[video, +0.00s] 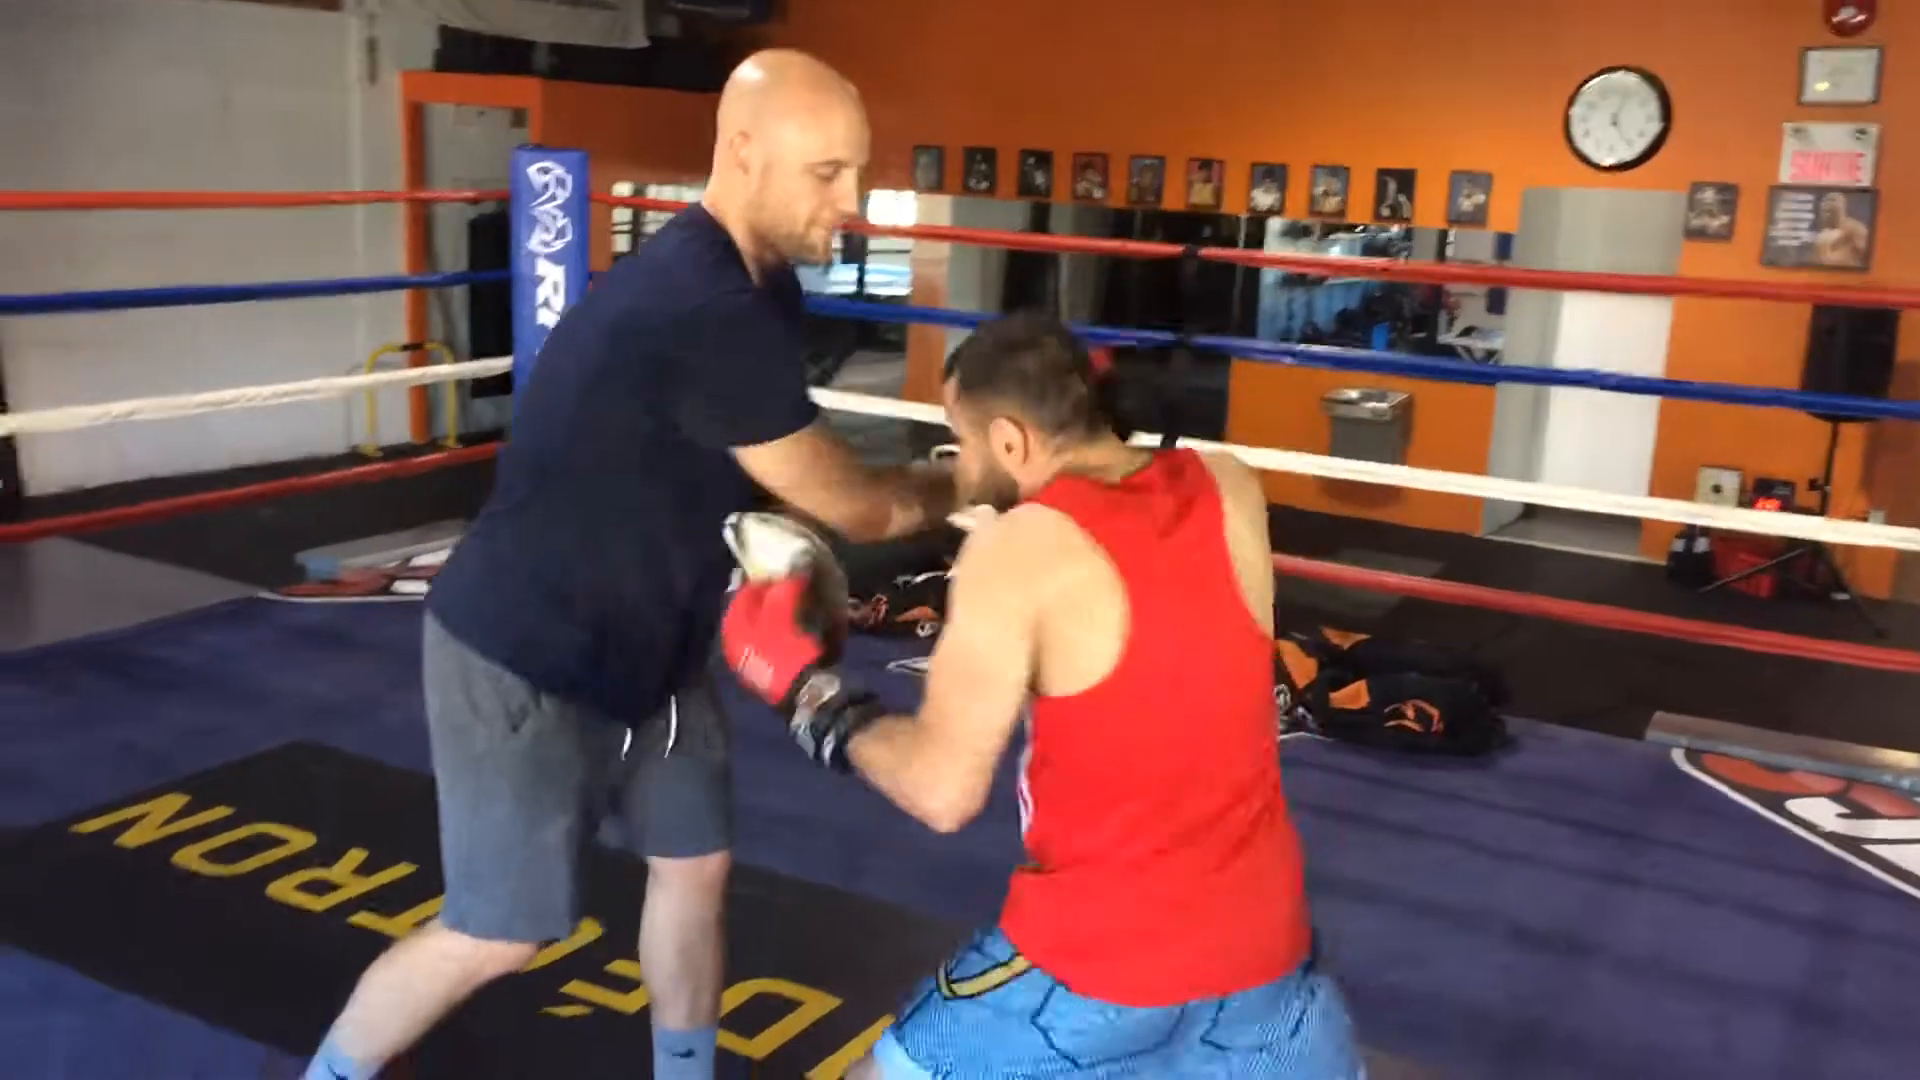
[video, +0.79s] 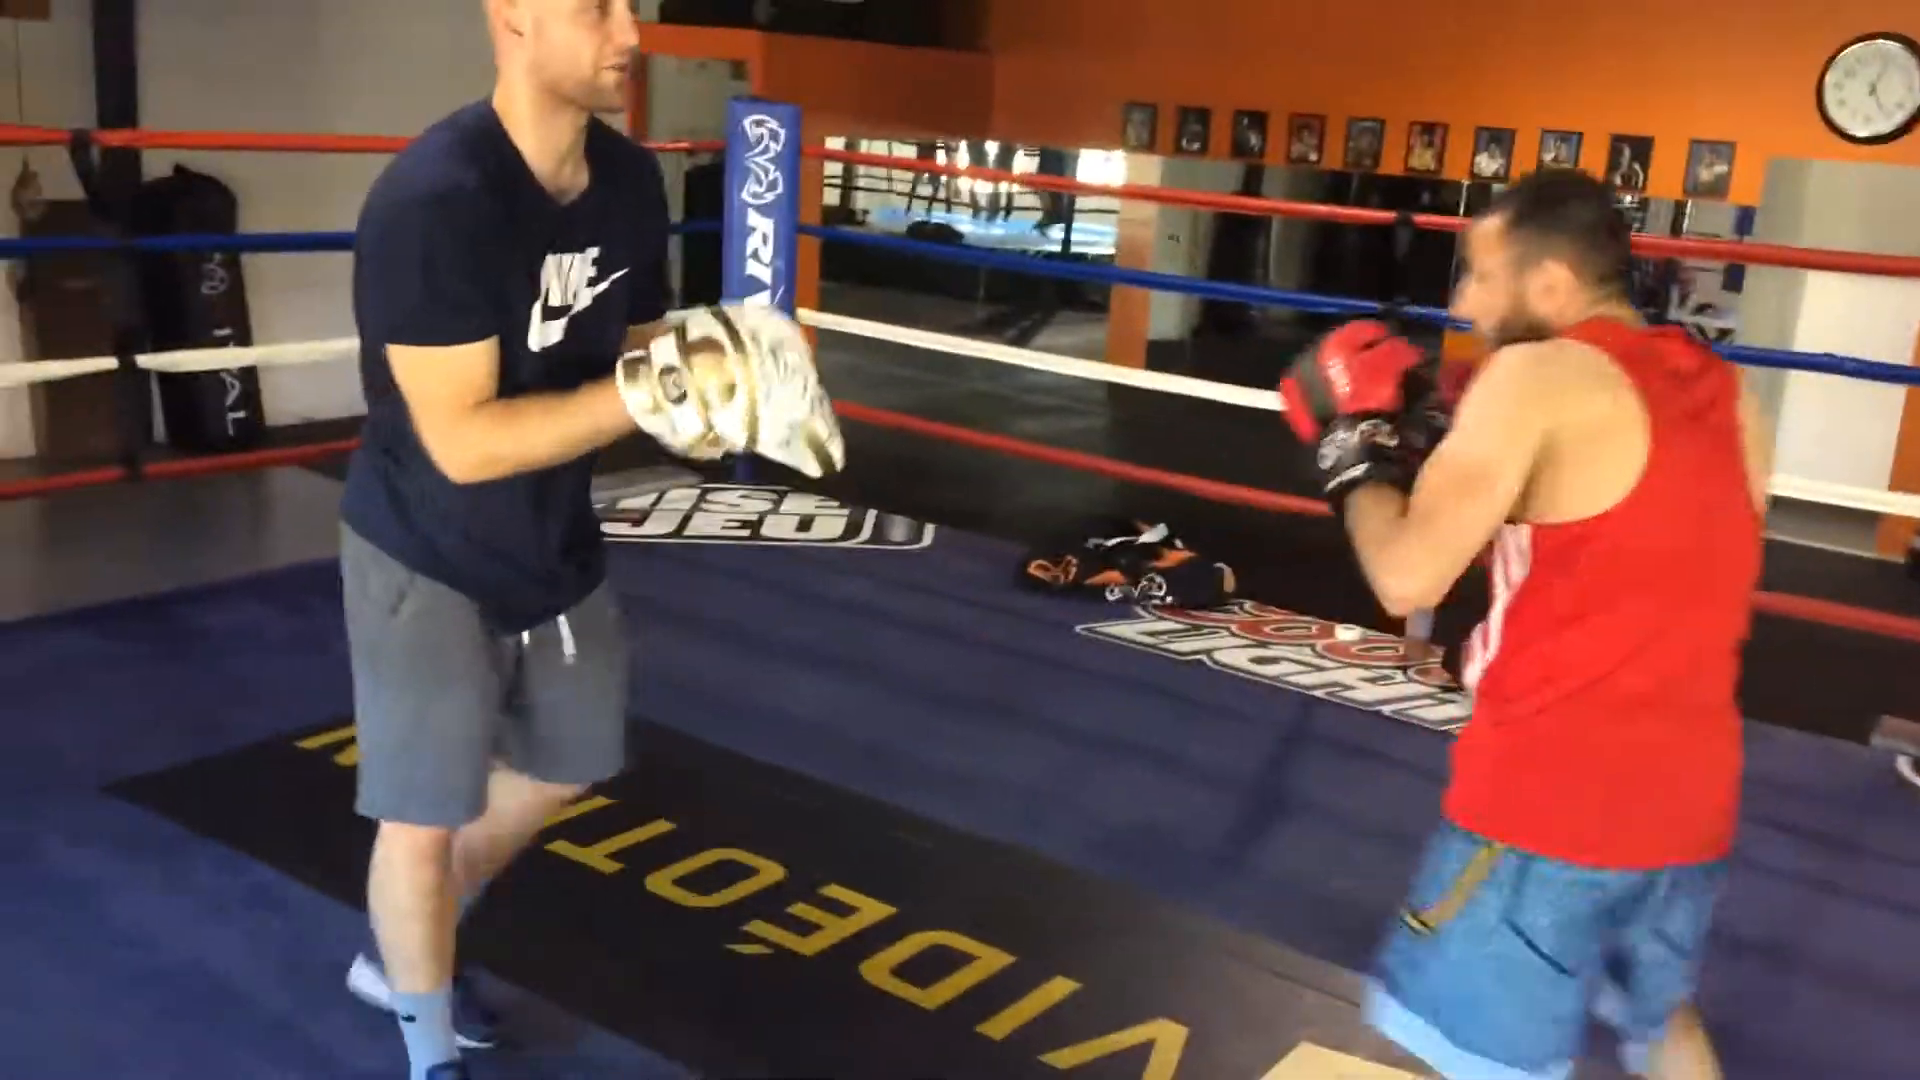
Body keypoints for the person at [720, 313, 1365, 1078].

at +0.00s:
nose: (961, 468)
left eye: (960, 441)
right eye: (956, 442)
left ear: (1014, 441)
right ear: (1090, 411)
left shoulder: (1017, 549)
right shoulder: (1229, 480)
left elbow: (941, 787)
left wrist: (802, 688)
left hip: (1090, 964)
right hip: (1264, 942)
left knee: (893, 1066)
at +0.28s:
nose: (955, 478)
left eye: (960, 451)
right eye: (950, 452)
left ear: (1026, 447)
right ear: (1060, 436)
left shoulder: (1073, 551)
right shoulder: (1216, 480)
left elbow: (984, 792)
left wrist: (914, 650)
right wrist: (1009, 573)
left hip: (1165, 957)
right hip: (1328, 947)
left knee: (924, 1071)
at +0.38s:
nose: (1014, 529)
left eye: (1020, 502)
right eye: (1013, 502)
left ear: (1078, 502)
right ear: (1144, 479)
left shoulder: (1092, 600)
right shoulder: (1288, 552)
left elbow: (1009, 832)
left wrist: (946, 679)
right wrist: (1046, 627)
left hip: (1192, 1015)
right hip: (1369, 1021)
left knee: (937, 1069)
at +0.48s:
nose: (1132, 509)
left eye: (1144, 485)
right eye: (1133, 485)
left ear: (1207, 486)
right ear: (1262, 478)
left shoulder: (1200, 584)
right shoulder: (1400, 566)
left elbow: (1113, 804)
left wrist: (1048, 667)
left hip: (1240, 1001)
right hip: (1415, 1010)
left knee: (998, 1063)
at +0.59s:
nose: (1262, 411)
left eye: (1275, 385)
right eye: (1263, 385)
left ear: (1342, 387)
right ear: (1381, 378)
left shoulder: (1341, 487)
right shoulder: (1528, 472)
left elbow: (1273, 702)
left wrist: (1189, 583)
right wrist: (1282, 522)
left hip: (1369, 889)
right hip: (1525, 893)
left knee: (1168, 1059)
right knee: (1518, 1069)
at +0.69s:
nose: (1366, 323)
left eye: (1381, 293)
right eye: (1368, 294)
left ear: (1454, 295)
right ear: (1483, 288)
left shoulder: (1452, 397)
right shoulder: (1621, 384)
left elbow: (1366, 605)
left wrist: (1284, 476)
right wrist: (1376, 437)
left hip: (1483, 805)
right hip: (1625, 808)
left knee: (1298, 1028)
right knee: (1578, 1038)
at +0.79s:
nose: (1460, 302)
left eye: (1476, 275)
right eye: (1463, 275)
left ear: (1553, 283)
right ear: (1571, 279)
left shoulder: (1535, 379)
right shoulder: (1726, 393)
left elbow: (1407, 573)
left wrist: (1351, 441)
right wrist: (1461, 419)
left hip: (1548, 811)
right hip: (1691, 807)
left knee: (1473, 1051)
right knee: (1658, 1017)